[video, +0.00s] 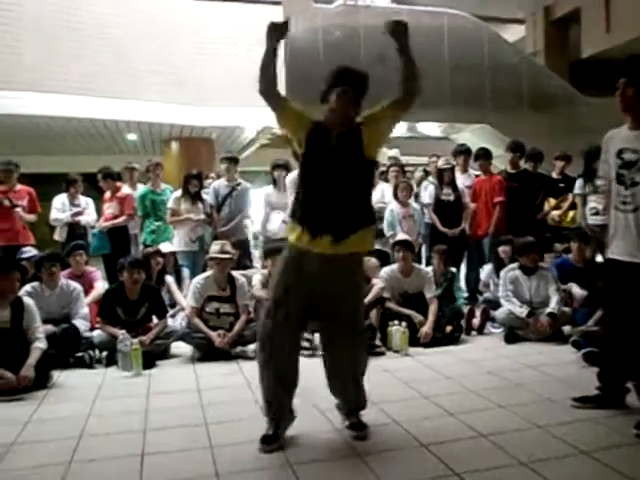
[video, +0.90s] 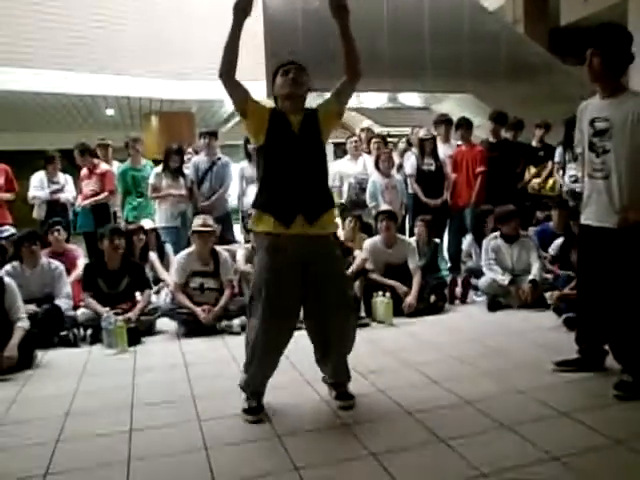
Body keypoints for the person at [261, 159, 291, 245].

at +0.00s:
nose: (279, 175)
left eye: (282, 171)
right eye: (276, 171)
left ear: (287, 173)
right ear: (272, 173)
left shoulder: (293, 192)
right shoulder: (269, 193)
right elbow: (266, 212)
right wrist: (263, 230)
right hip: (271, 235)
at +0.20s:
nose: (271, 171)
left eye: (275, 168)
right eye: (269, 168)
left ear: (280, 170)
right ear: (264, 171)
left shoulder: (285, 190)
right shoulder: (261, 189)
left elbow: (288, 210)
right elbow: (259, 209)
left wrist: (289, 226)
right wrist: (256, 227)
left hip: (281, 230)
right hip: (264, 231)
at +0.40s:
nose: (260, 170)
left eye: (263, 167)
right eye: (257, 166)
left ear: (268, 170)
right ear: (253, 170)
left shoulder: (276, 190)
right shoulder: (250, 190)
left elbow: (280, 211)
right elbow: (247, 210)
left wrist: (280, 226)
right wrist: (245, 226)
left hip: (271, 230)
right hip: (253, 231)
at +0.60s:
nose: (252, 147)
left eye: (255, 143)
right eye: (249, 143)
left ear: (261, 146)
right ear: (245, 146)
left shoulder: (269, 165)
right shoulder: (243, 166)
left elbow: (273, 187)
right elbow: (240, 189)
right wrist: (239, 208)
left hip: (264, 207)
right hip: (248, 208)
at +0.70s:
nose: (253, 148)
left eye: (255, 144)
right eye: (250, 145)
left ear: (260, 147)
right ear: (246, 148)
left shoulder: (268, 165)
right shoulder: (243, 166)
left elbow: (272, 184)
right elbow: (241, 189)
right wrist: (240, 211)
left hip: (264, 207)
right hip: (248, 207)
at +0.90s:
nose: (254, 148)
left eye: (255, 144)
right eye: (250, 145)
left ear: (259, 147)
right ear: (246, 148)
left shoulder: (262, 165)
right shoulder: (243, 168)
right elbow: (241, 190)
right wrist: (241, 208)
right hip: (247, 208)